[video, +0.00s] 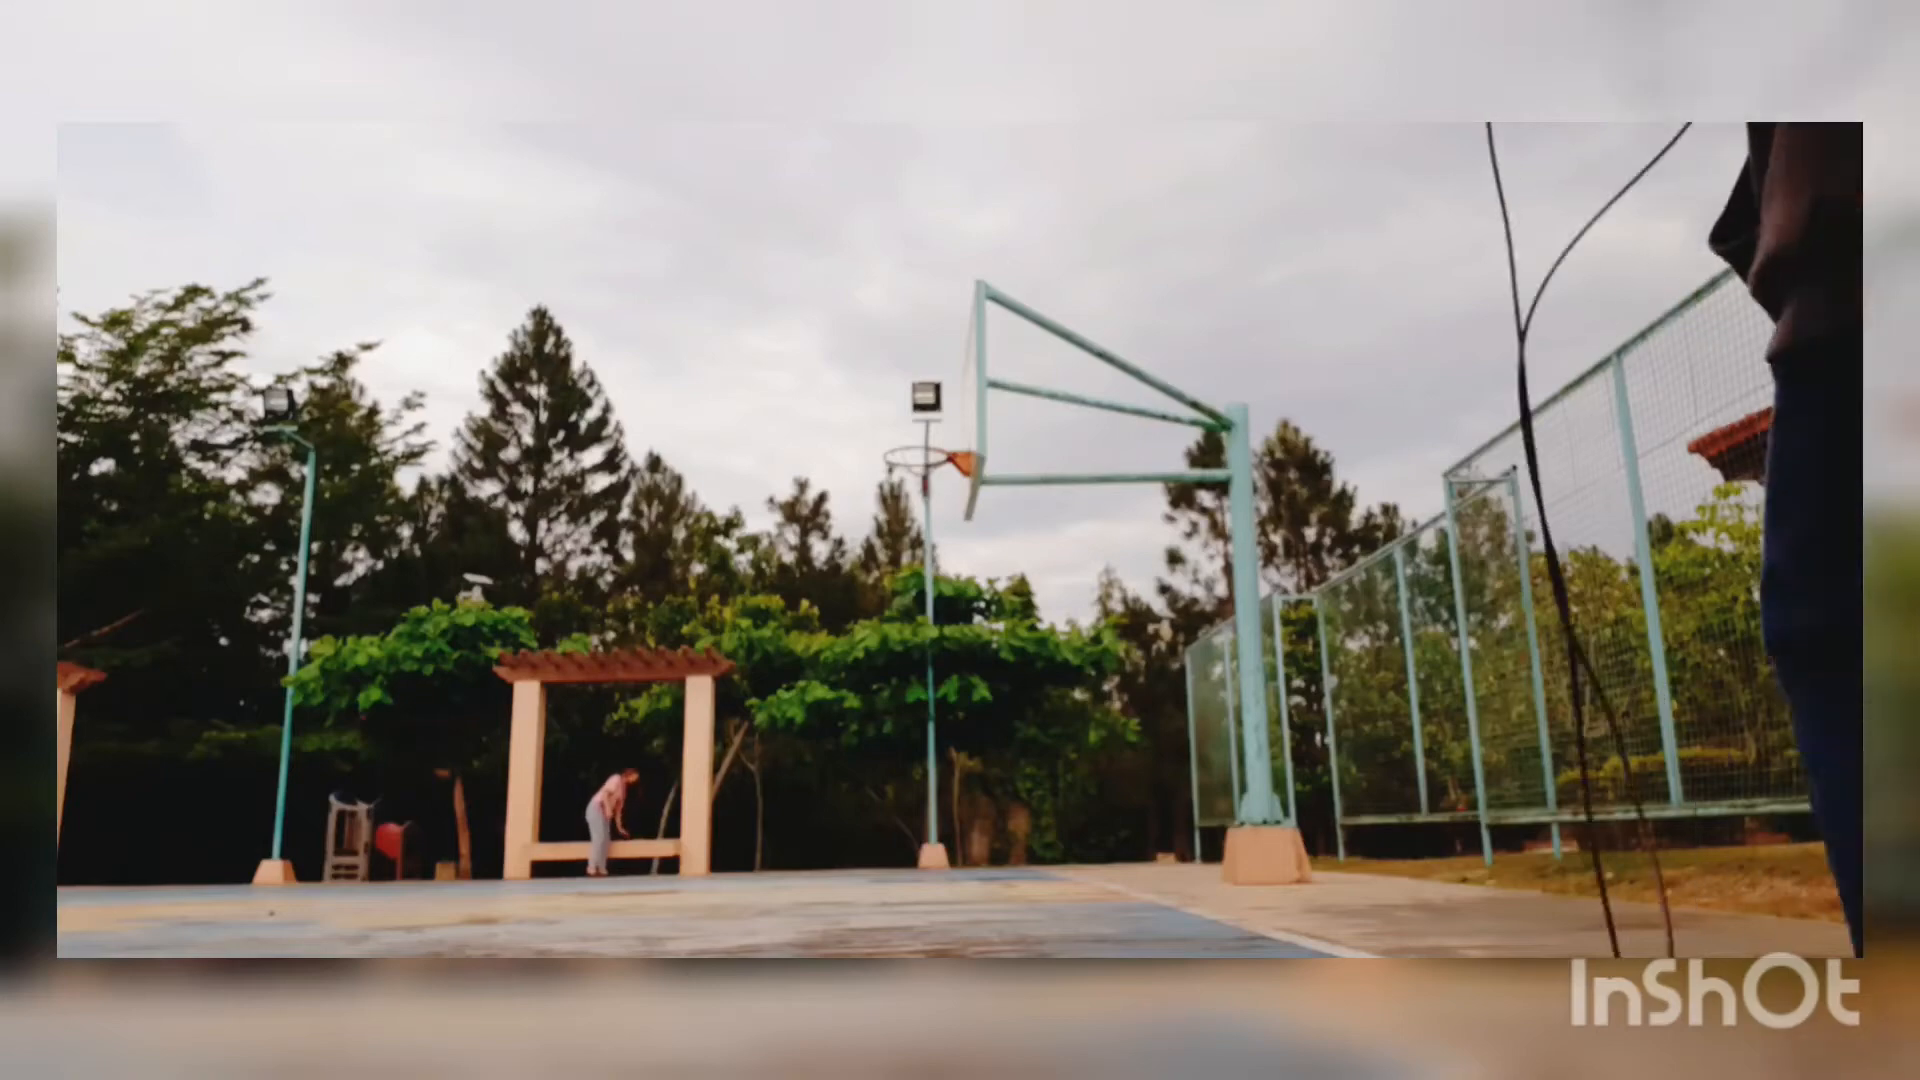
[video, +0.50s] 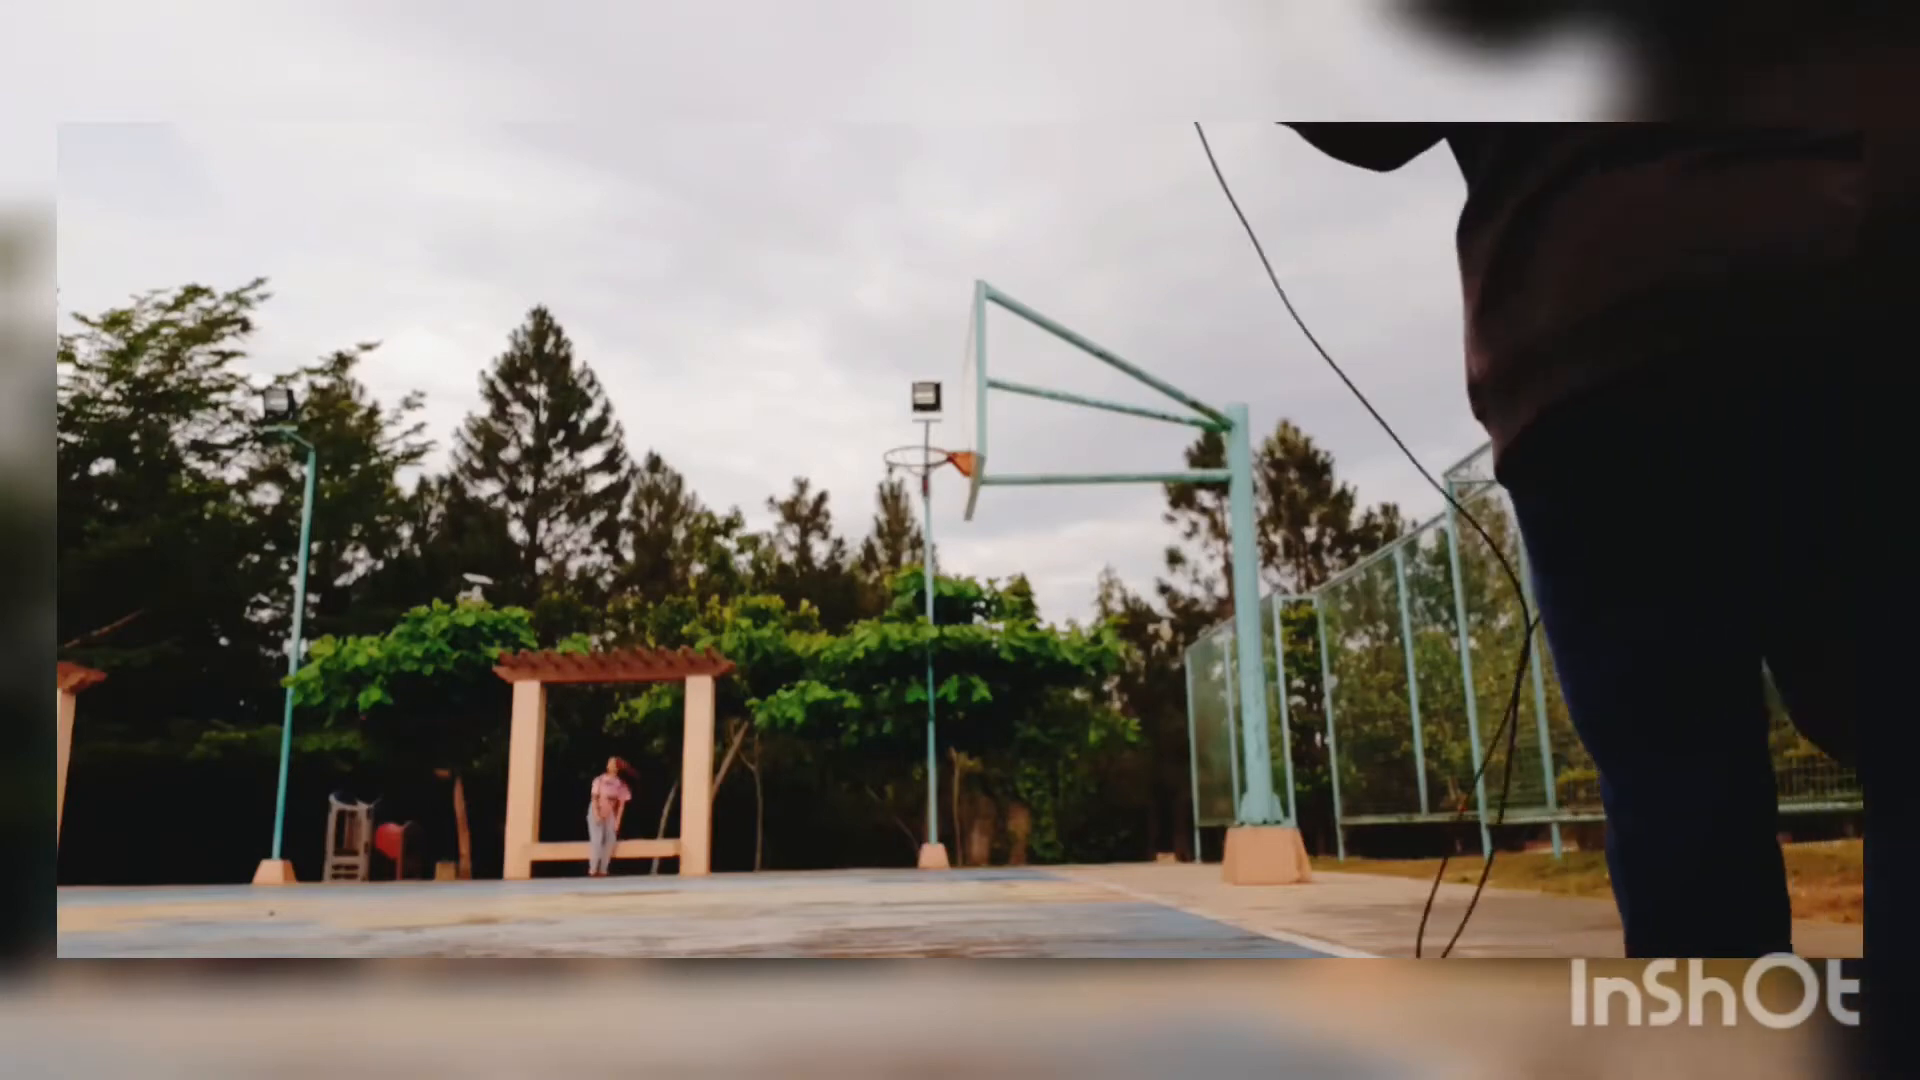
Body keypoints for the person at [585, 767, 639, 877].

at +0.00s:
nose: (633, 781)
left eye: (635, 779)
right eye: (633, 778)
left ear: (632, 778)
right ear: (628, 774)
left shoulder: (622, 787)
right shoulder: (616, 779)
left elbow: (618, 808)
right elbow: (605, 793)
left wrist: (619, 827)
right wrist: (608, 808)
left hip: (605, 810)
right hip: (596, 808)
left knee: (606, 838)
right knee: (599, 837)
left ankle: (601, 867)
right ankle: (592, 867)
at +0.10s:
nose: (634, 777)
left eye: (636, 774)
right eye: (633, 773)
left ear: (634, 775)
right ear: (627, 771)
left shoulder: (622, 786)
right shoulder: (614, 779)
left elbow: (618, 807)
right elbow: (603, 793)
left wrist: (618, 826)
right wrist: (606, 809)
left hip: (606, 811)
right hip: (596, 808)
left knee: (606, 838)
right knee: (598, 837)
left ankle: (601, 867)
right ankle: (592, 867)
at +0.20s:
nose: (630, 771)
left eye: (632, 769)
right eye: (628, 767)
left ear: (633, 772)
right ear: (623, 767)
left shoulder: (622, 787)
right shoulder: (611, 778)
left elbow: (619, 807)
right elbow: (600, 794)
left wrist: (617, 826)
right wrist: (602, 810)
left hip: (607, 812)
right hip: (596, 808)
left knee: (607, 838)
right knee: (597, 837)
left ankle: (602, 867)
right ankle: (591, 867)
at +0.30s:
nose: (625, 769)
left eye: (628, 766)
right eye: (624, 765)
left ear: (629, 769)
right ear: (619, 766)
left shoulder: (623, 787)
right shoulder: (608, 778)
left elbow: (619, 807)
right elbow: (598, 794)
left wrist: (617, 824)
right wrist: (600, 810)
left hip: (608, 812)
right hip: (596, 808)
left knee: (608, 839)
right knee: (596, 837)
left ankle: (602, 867)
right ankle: (591, 867)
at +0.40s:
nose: (619, 767)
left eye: (622, 764)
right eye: (618, 763)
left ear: (625, 768)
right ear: (614, 765)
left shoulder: (622, 786)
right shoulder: (604, 779)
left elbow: (621, 806)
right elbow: (596, 796)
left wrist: (617, 822)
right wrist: (597, 812)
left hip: (609, 812)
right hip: (596, 808)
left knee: (610, 840)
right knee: (596, 838)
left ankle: (603, 868)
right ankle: (591, 868)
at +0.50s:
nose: (610, 767)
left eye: (613, 764)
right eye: (609, 764)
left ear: (618, 767)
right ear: (607, 765)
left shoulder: (621, 785)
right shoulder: (599, 781)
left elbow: (621, 805)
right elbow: (594, 798)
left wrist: (618, 821)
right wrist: (596, 814)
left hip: (611, 811)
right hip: (596, 809)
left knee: (611, 839)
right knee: (596, 838)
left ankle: (604, 868)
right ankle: (593, 867)